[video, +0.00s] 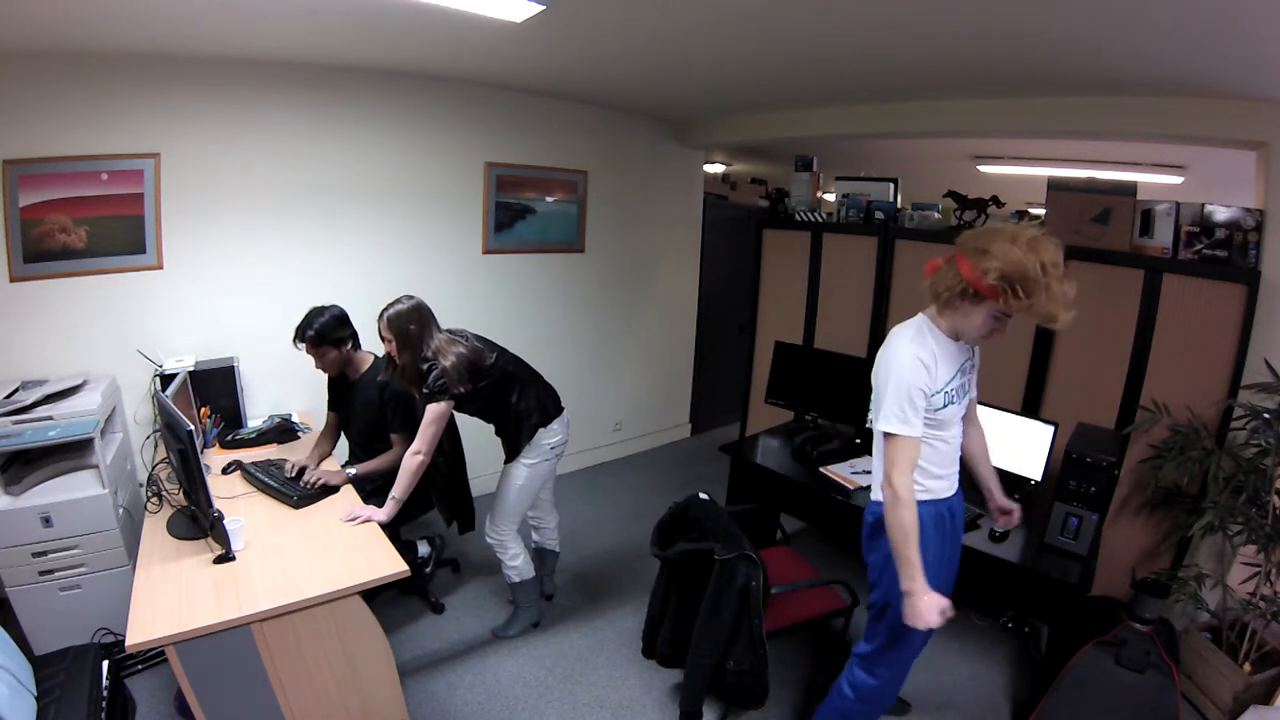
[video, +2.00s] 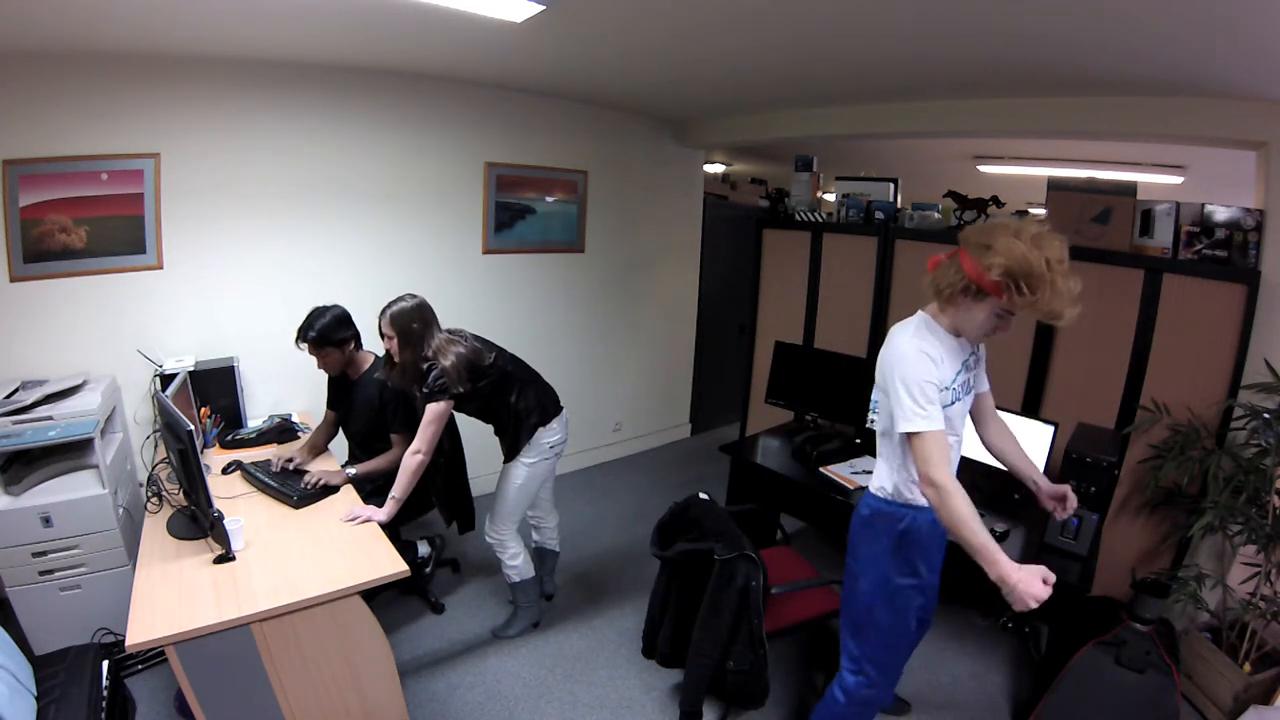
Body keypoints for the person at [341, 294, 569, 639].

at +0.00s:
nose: (386, 349)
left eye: (389, 341)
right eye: (384, 341)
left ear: (410, 338)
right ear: (420, 330)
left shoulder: (443, 369)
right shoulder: (450, 340)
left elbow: (420, 452)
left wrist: (388, 509)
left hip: (539, 433)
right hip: (547, 421)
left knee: (500, 530)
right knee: (541, 507)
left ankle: (527, 608)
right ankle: (546, 581)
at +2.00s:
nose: (385, 345)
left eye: (389, 338)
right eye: (384, 337)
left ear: (411, 337)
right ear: (420, 331)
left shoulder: (442, 370)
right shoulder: (449, 341)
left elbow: (420, 452)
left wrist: (388, 509)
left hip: (537, 432)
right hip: (546, 420)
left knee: (500, 530)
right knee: (541, 507)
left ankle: (528, 607)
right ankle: (545, 581)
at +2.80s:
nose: (384, 343)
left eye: (388, 335)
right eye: (383, 335)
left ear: (411, 335)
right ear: (420, 330)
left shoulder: (442, 369)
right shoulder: (448, 341)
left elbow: (420, 452)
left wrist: (388, 509)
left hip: (537, 432)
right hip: (546, 420)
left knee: (500, 530)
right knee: (542, 507)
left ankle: (527, 609)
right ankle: (546, 581)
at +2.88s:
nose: (385, 336)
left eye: (389, 329)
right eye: (385, 328)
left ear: (411, 332)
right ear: (422, 326)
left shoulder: (444, 368)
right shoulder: (448, 343)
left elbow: (420, 452)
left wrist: (388, 509)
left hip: (538, 431)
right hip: (544, 420)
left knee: (500, 529)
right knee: (541, 507)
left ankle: (527, 609)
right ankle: (546, 581)